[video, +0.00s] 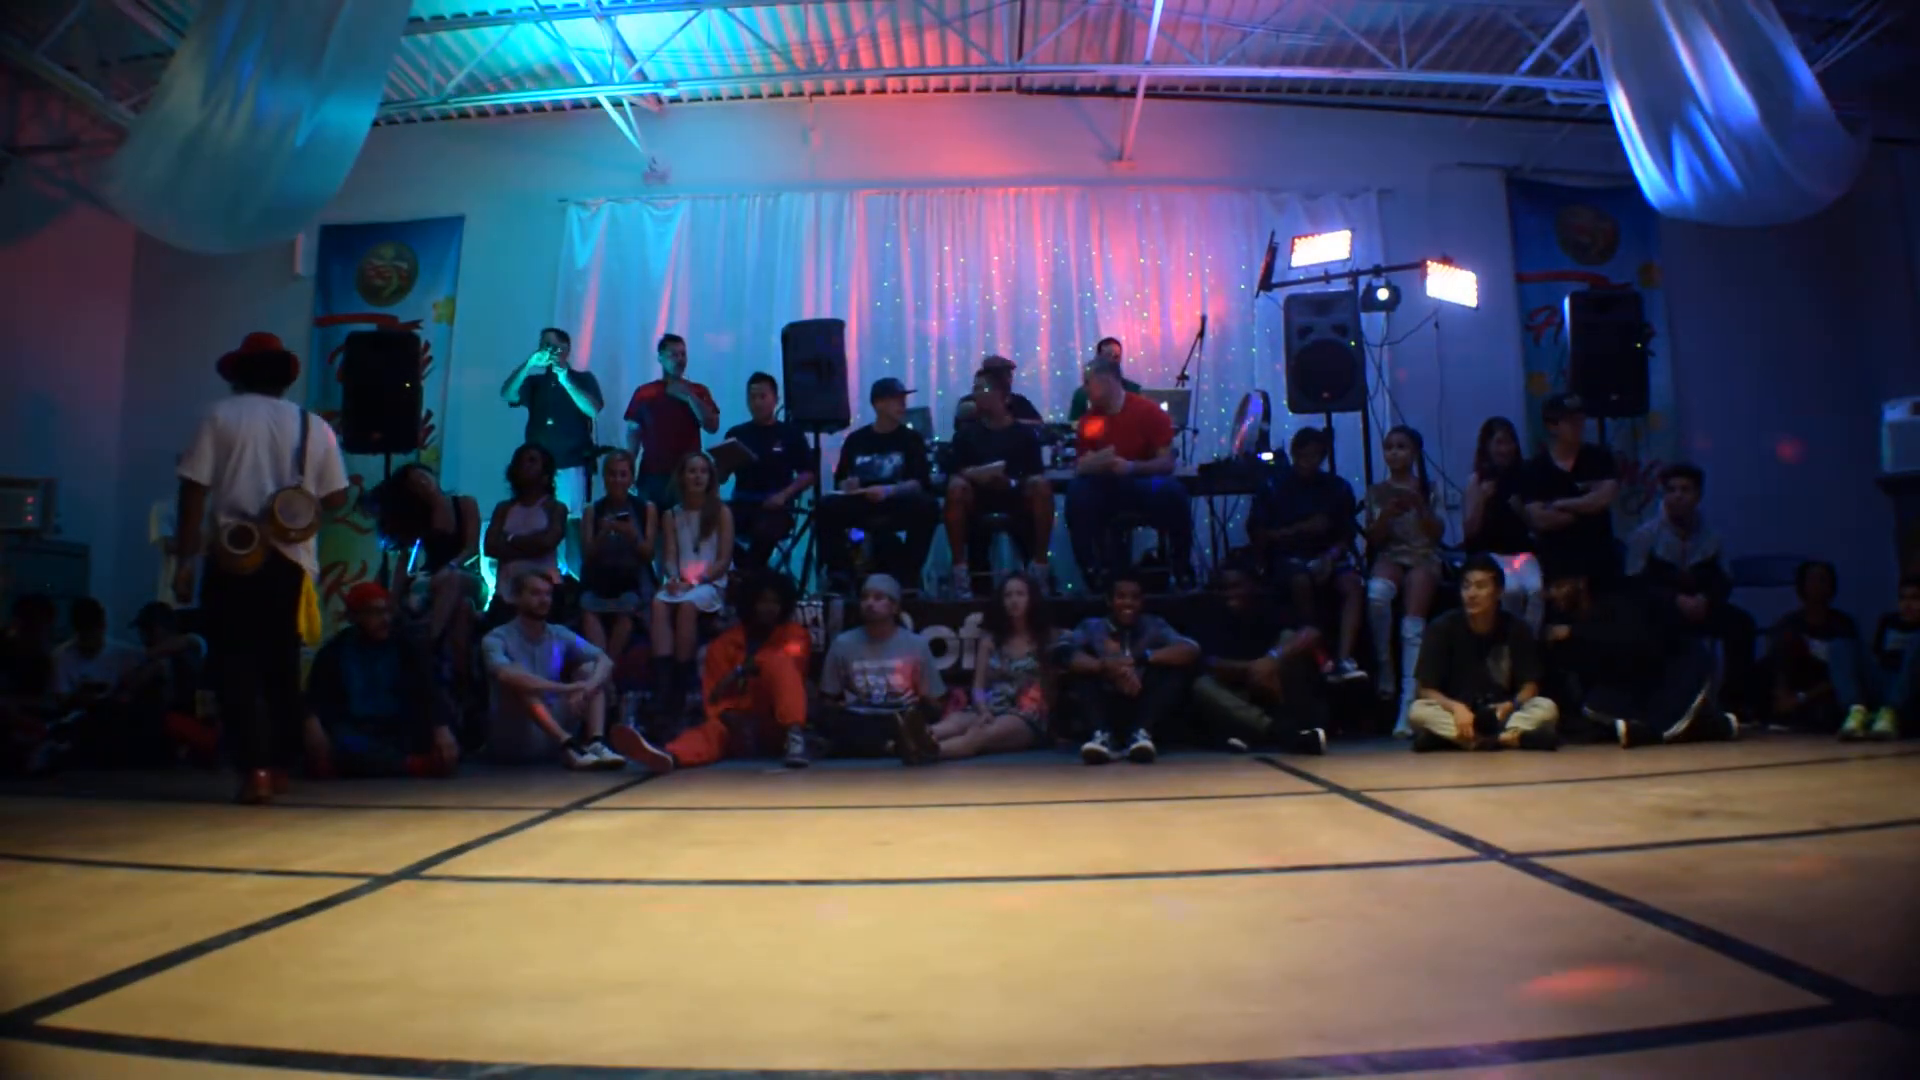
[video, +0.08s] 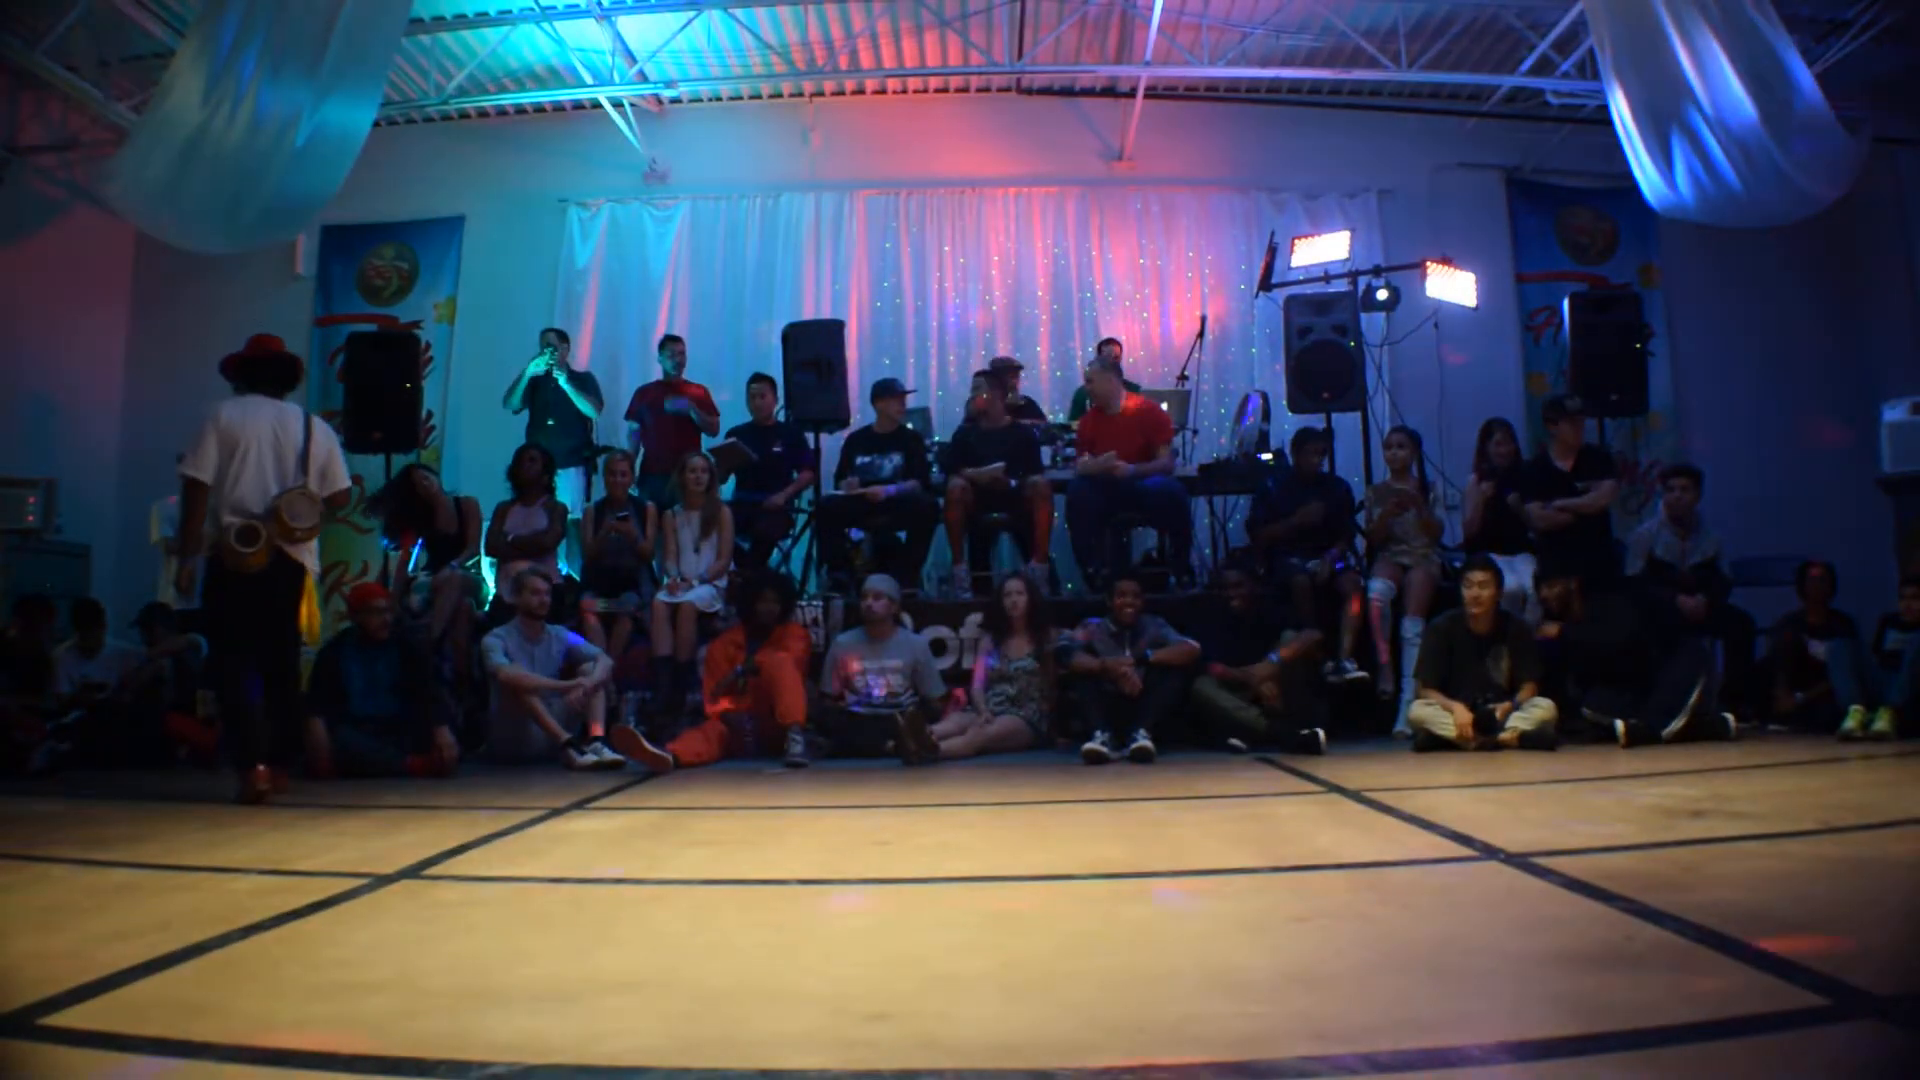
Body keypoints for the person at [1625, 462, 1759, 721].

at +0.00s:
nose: (1678, 497)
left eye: (1686, 490)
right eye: (1672, 490)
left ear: (1698, 497)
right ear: (1663, 495)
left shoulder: (1709, 537)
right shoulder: (1646, 536)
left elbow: (1723, 580)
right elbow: (1638, 582)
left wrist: (1705, 600)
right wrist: (1675, 600)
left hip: (1700, 608)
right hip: (1661, 609)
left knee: (1741, 624)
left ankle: (1736, 703)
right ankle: (1663, 705)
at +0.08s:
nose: (1677, 497)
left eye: (1685, 490)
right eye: (1671, 490)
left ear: (1697, 497)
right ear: (1662, 495)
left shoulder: (1708, 538)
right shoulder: (1646, 536)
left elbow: (1722, 580)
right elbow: (1637, 582)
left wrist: (1704, 600)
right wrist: (1675, 600)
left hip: (1700, 608)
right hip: (1661, 608)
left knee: (1741, 623)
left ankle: (1736, 703)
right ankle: (1663, 705)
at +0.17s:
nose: (1677, 497)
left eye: (1685, 490)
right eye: (1671, 490)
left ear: (1697, 497)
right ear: (1662, 496)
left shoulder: (1708, 538)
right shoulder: (1646, 537)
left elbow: (1722, 581)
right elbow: (1636, 583)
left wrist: (1704, 600)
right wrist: (1675, 600)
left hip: (1699, 609)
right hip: (1659, 609)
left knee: (1741, 624)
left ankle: (1736, 705)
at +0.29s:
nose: (1679, 497)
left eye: (1687, 490)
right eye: (1673, 491)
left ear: (1699, 497)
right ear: (1664, 496)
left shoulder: (1710, 538)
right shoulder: (1650, 535)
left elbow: (1723, 580)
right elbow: (1639, 581)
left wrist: (1706, 599)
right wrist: (1675, 600)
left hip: (1701, 607)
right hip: (1662, 606)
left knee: (1742, 623)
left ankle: (1737, 705)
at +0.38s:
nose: (1677, 498)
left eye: (1685, 491)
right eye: (1671, 490)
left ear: (1698, 497)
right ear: (1664, 495)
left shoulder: (1709, 537)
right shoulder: (1650, 535)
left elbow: (1722, 579)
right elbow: (1639, 580)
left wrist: (1705, 600)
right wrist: (1676, 601)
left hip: (1700, 609)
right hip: (1661, 608)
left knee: (1741, 622)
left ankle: (1733, 707)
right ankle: (1648, 716)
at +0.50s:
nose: (1679, 497)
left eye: (1687, 491)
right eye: (1673, 490)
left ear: (1699, 496)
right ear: (1665, 496)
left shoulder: (1712, 537)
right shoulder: (1651, 534)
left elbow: (1724, 579)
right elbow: (1642, 581)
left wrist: (1708, 600)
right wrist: (1677, 601)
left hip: (1702, 608)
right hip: (1665, 607)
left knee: (1742, 624)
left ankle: (1736, 707)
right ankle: (1651, 716)